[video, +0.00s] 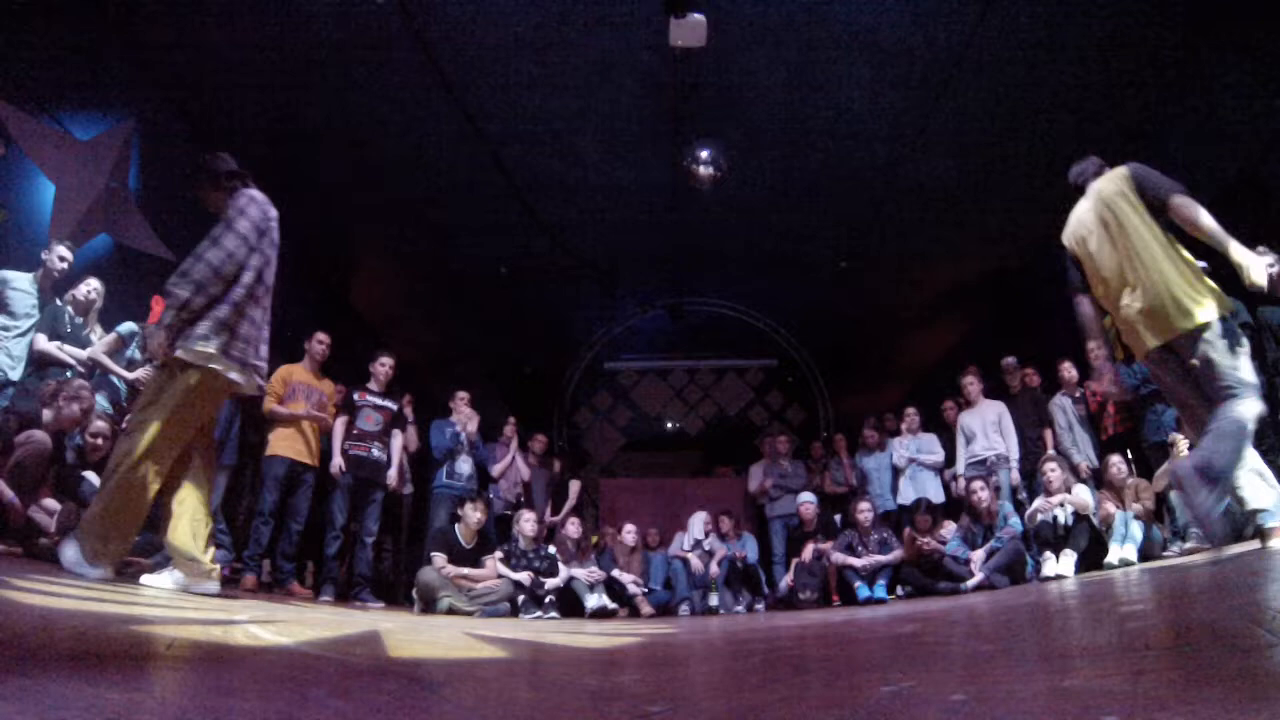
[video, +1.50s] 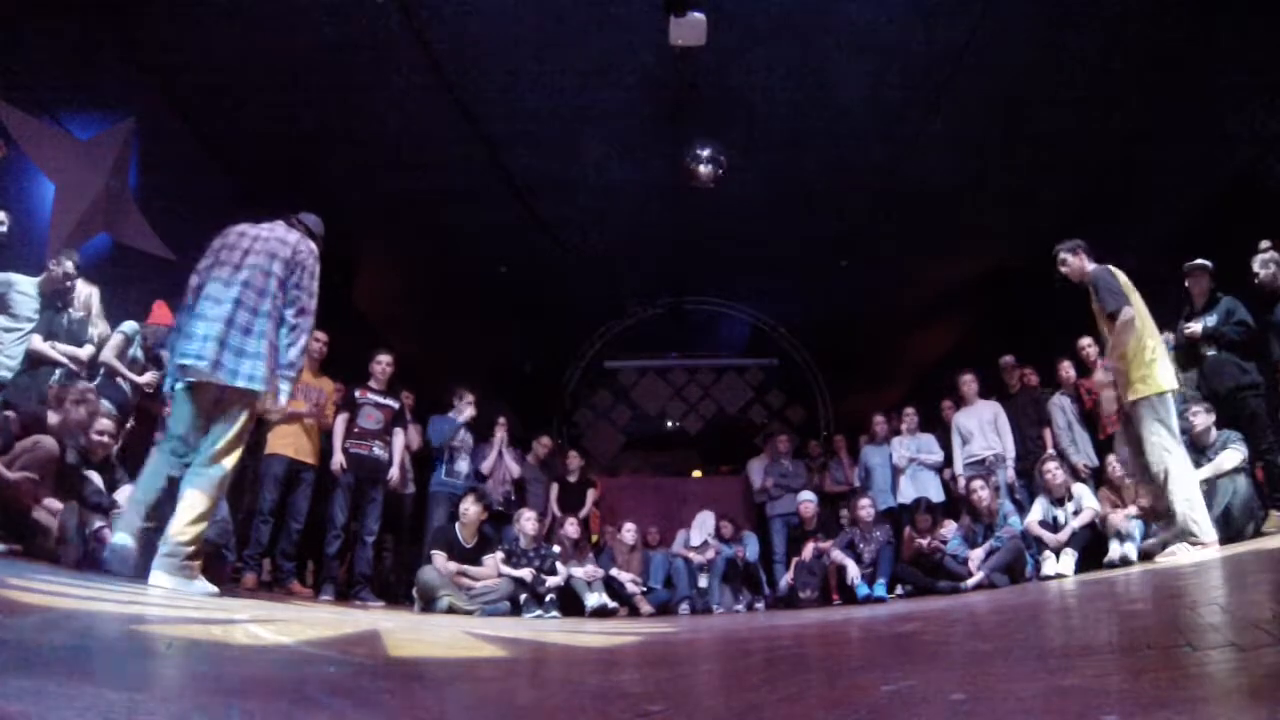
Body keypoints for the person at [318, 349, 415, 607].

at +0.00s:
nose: (386, 370)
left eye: (390, 367)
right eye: (382, 365)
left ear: (393, 372)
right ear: (371, 367)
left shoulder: (395, 404)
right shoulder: (354, 394)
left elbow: (397, 436)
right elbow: (340, 424)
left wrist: (394, 467)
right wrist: (336, 455)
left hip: (377, 469)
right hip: (349, 463)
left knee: (369, 533)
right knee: (337, 527)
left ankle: (362, 588)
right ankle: (328, 585)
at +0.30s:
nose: (385, 370)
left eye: (389, 367)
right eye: (381, 364)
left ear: (392, 372)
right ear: (370, 367)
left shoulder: (395, 405)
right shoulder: (353, 395)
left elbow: (396, 437)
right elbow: (340, 424)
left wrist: (394, 467)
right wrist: (336, 456)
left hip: (377, 469)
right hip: (349, 464)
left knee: (369, 532)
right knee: (337, 528)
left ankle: (361, 587)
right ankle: (328, 585)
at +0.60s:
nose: (380, 368)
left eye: (385, 364)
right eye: (376, 363)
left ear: (391, 370)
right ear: (368, 366)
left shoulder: (395, 403)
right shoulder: (353, 394)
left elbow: (397, 435)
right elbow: (340, 423)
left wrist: (394, 466)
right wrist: (336, 454)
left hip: (377, 468)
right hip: (349, 463)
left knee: (369, 531)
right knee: (337, 527)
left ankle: (361, 587)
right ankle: (328, 584)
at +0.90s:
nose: (380, 367)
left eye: (385, 364)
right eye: (376, 362)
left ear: (390, 369)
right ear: (368, 366)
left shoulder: (395, 403)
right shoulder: (353, 394)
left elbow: (397, 435)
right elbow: (340, 423)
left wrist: (394, 465)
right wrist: (336, 454)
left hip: (377, 468)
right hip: (349, 463)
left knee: (369, 531)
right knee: (337, 526)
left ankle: (361, 586)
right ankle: (328, 584)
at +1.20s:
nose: (381, 368)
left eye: (386, 364)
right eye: (377, 363)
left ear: (392, 370)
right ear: (369, 366)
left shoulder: (396, 404)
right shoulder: (354, 394)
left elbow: (398, 435)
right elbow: (340, 422)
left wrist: (395, 464)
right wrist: (336, 453)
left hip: (377, 468)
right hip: (349, 463)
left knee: (369, 531)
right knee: (337, 526)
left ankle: (361, 586)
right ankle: (328, 584)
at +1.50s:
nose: (383, 368)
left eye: (388, 365)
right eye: (379, 363)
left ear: (393, 370)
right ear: (370, 366)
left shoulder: (396, 403)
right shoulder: (355, 393)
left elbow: (398, 435)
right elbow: (340, 422)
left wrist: (396, 465)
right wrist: (337, 452)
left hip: (378, 466)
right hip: (350, 461)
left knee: (369, 530)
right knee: (338, 526)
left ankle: (361, 586)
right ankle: (328, 584)